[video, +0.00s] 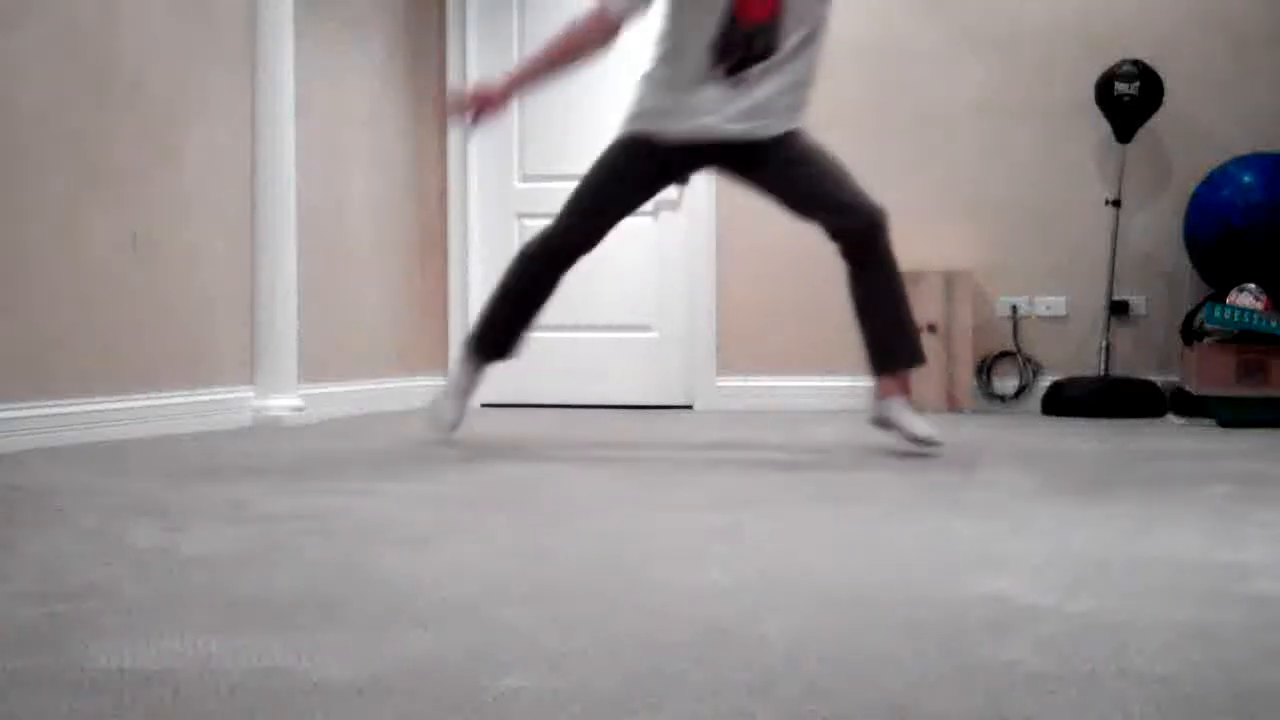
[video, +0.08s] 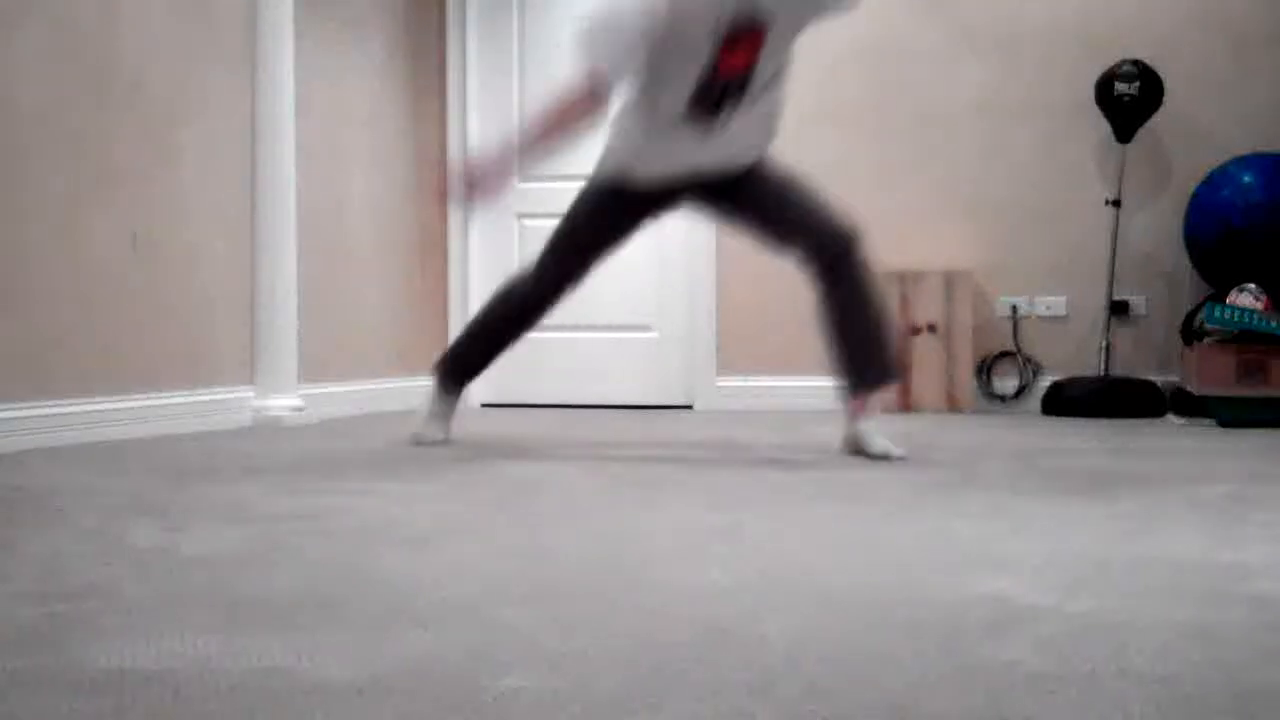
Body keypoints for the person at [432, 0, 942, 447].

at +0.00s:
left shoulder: (811, 11)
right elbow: (601, 25)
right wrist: (504, 90)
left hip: (763, 131)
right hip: (665, 128)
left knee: (863, 225)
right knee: (564, 241)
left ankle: (892, 395)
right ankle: (471, 367)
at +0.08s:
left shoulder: (792, 8)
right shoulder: (662, 11)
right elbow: (590, 92)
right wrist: (498, 165)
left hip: (734, 166)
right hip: (638, 171)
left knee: (834, 246)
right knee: (547, 282)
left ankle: (862, 416)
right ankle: (447, 386)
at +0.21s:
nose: (726, 42)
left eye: (737, 29)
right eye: (715, 28)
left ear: (752, 29)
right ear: (692, 29)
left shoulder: (762, 67)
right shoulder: (657, 96)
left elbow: (835, 52)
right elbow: (604, 203)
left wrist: (904, 19)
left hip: (693, 217)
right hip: (612, 224)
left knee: (801, 262)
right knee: (522, 342)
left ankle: (852, 423)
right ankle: (437, 433)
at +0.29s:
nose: (712, 91)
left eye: (720, 75)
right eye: (698, 78)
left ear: (734, 72)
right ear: (670, 80)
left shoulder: (751, 98)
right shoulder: (634, 140)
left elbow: (842, 91)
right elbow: (619, 289)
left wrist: (932, 71)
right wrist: (585, 409)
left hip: (685, 232)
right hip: (602, 241)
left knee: (791, 262)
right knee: (510, 357)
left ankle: (849, 423)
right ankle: (436, 425)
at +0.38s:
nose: (681, 127)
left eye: (687, 110)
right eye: (664, 118)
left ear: (700, 104)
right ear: (638, 124)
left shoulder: (733, 117)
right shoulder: (619, 185)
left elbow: (830, 113)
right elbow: (633, 319)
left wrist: (891, 117)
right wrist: (622, 431)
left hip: (696, 233)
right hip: (620, 248)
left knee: (793, 262)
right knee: (522, 349)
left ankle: (849, 424)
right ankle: (429, 430)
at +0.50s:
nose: (575, 157)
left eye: (578, 137)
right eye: (561, 151)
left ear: (608, 124)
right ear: (557, 162)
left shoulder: (676, 141)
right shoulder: (597, 213)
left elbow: (785, 113)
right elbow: (631, 326)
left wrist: (766, 137)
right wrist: (622, 434)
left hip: (754, 214)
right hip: (671, 241)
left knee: (817, 266)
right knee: (572, 308)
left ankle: (851, 424)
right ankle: (473, 391)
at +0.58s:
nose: (523, 164)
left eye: (521, 142)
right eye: (508, 159)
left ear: (553, 122)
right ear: (510, 173)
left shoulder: (638, 121)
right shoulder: (592, 226)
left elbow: (715, 66)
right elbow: (635, 319)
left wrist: (776, 48)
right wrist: (623, 432)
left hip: (785, 194)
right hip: (720, 233)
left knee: (810, 265)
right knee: (634, 316)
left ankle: (856, 422)